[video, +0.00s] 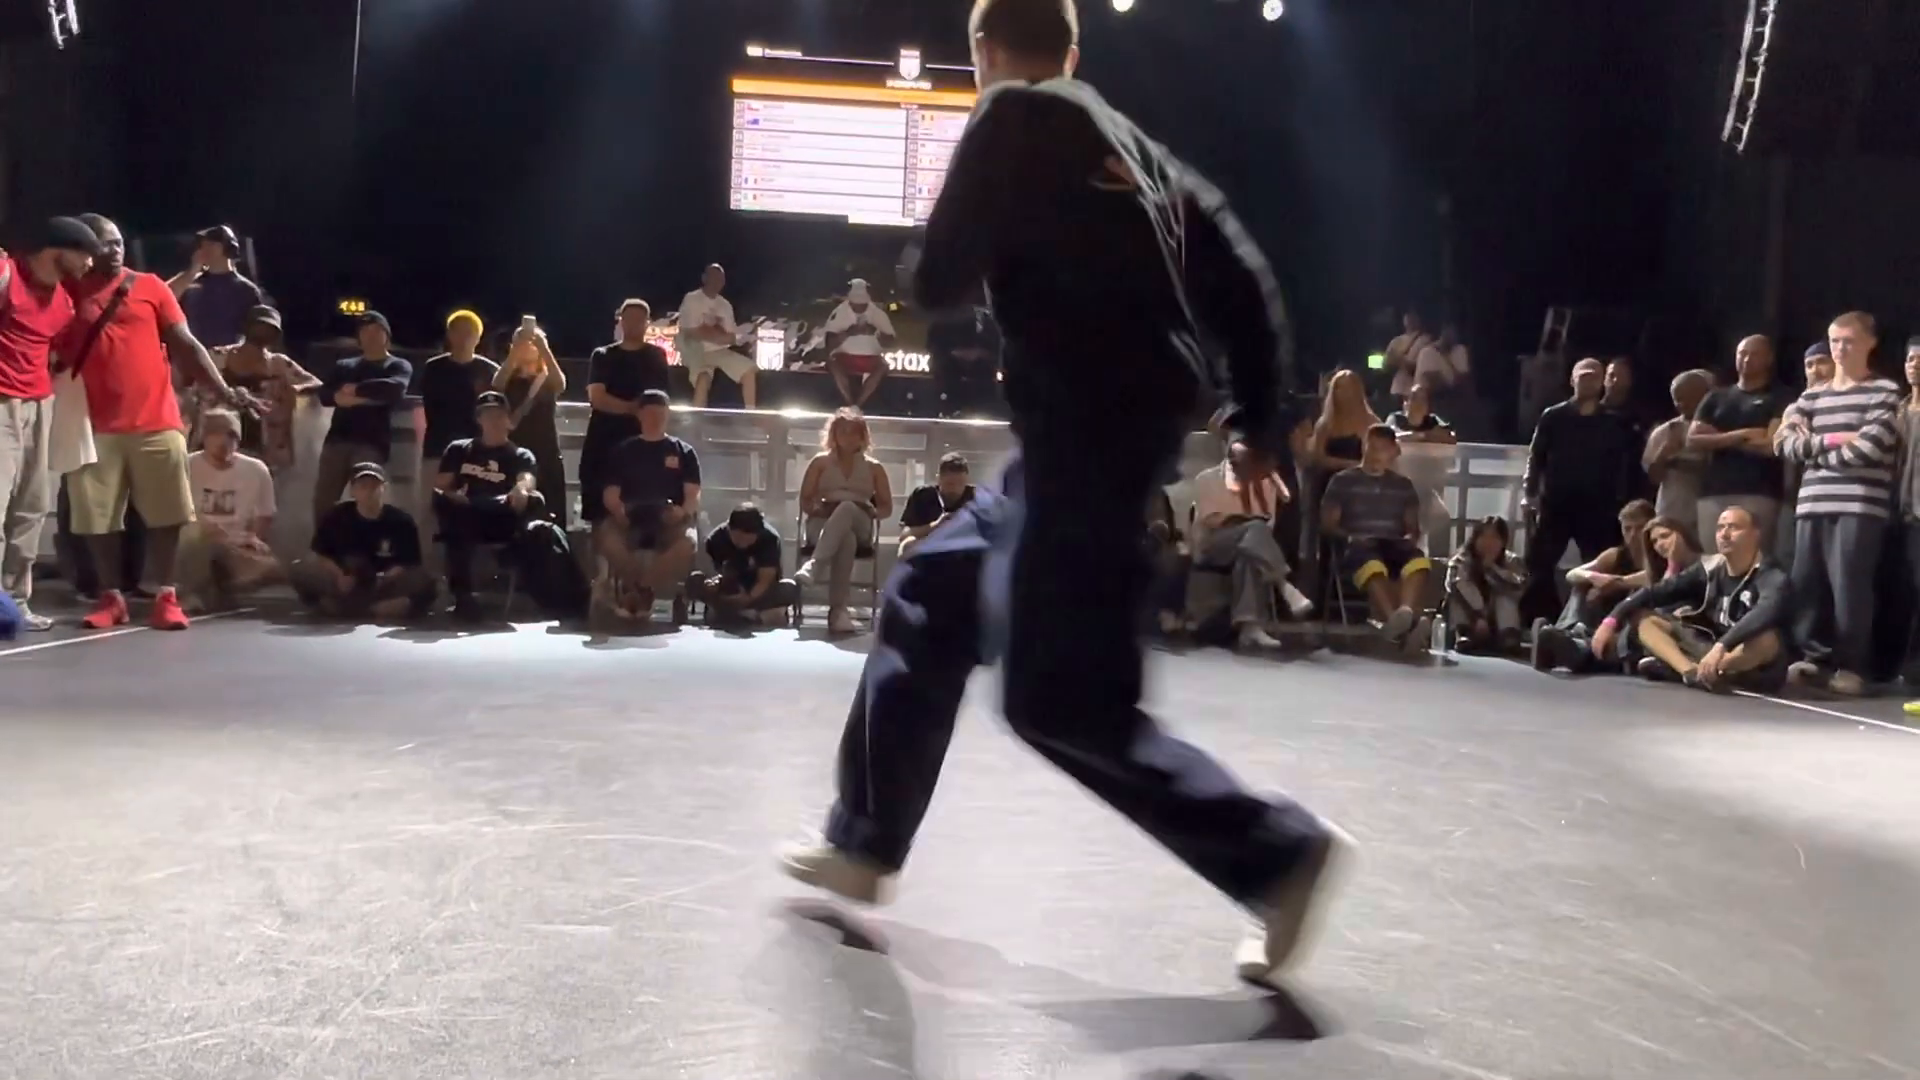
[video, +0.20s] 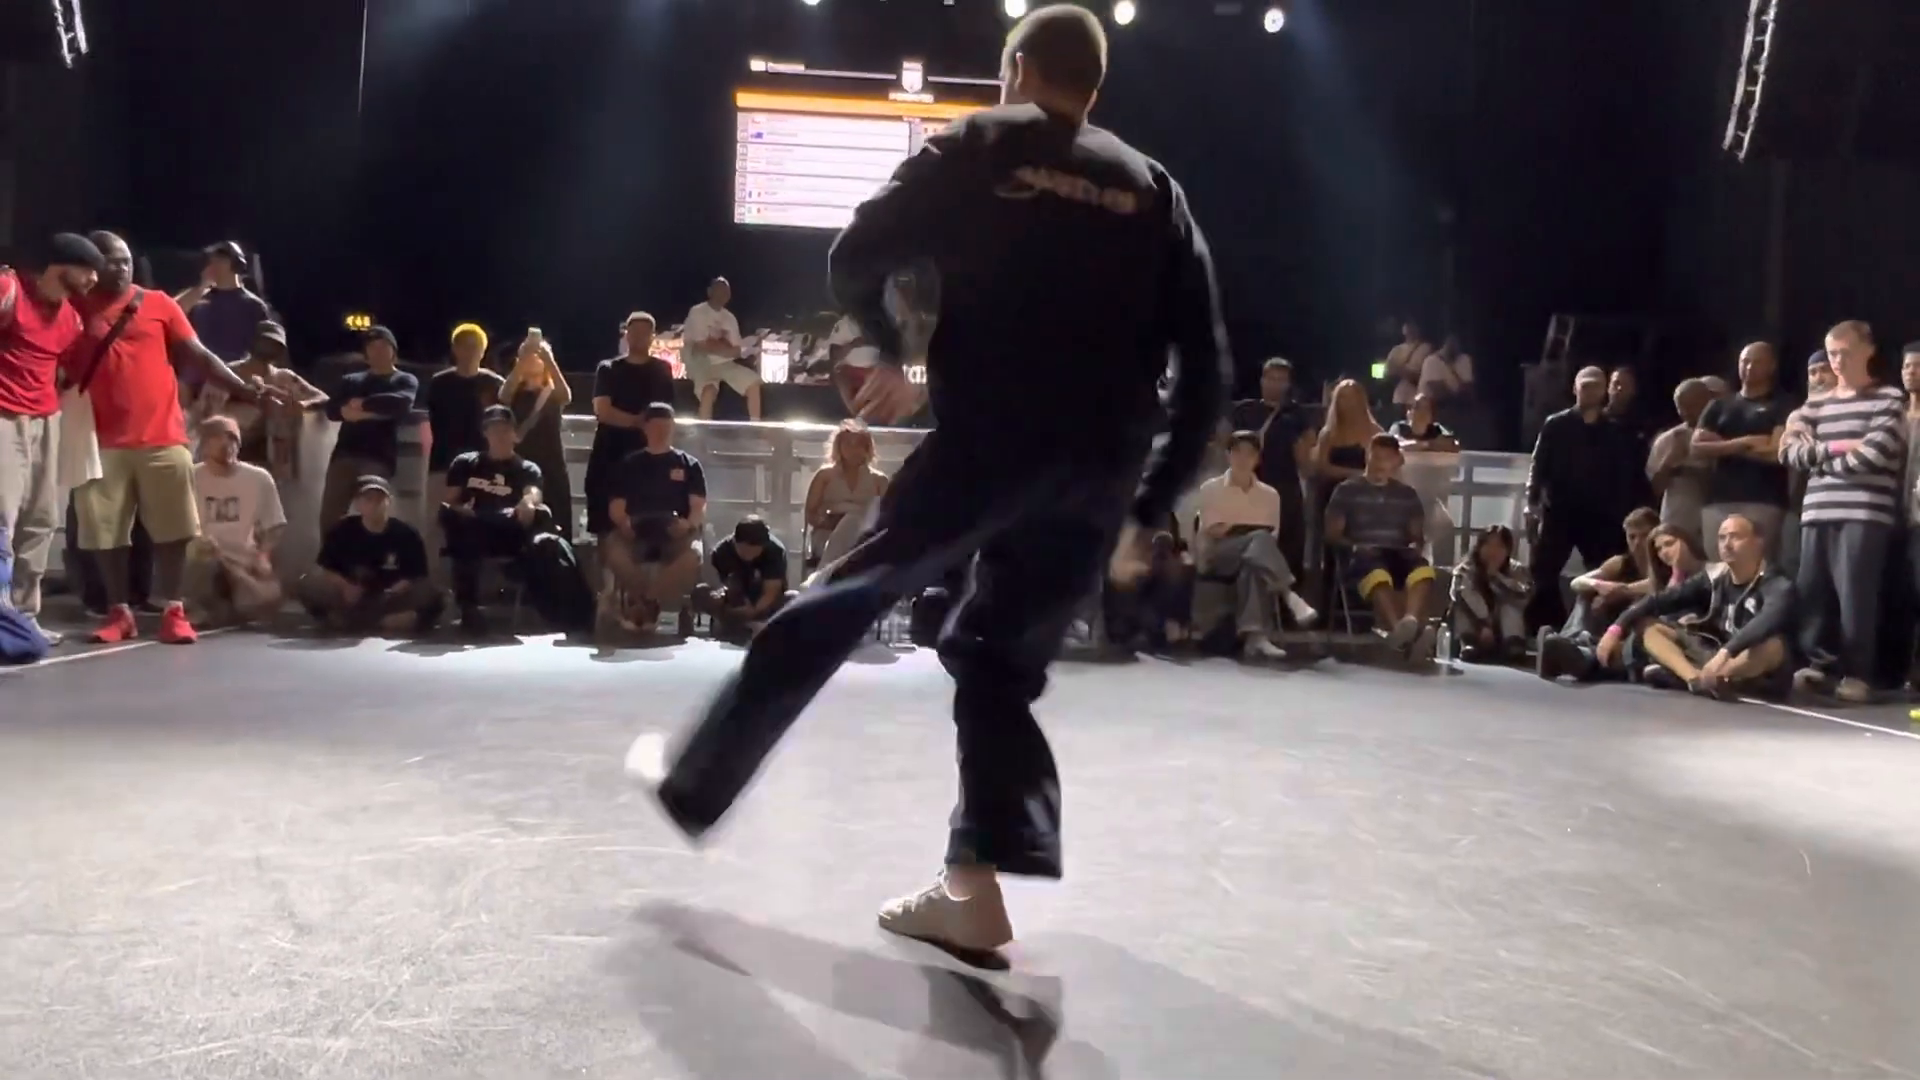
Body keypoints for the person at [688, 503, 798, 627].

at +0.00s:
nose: (741, 542)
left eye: (747, 538)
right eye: (738, 537)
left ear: (756, 533)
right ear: (731, 529)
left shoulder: (769, 539)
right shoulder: (714, 541)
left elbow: (766, 579)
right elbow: (722, 573)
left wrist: (748, 598)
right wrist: (715, 582)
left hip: (760, 584)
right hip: (731, 585)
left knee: (790, 588)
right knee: (695, 582)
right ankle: (756, 616)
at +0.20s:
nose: (747, 555)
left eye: (753, 551)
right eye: (743, 550)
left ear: (762, 546)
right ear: (736, 542)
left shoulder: (775, 551)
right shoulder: (720, 553)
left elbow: (771, 592)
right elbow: (727, 584)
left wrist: (755, 611)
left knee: (792, 598)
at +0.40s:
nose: (749, 558)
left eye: (755, 554)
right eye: (745, 553)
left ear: (763, 548)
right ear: (737, 545)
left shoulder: (775, 554)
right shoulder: (720, 556)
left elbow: (772, 594)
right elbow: (731, 590)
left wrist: (754, 613)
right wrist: (722, 599)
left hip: (766, 598)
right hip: (738, 600)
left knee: (796, 603)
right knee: (702, 598)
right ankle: (762, 630)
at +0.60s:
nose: (748, 560)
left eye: (754, 556)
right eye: (744, 555)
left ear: (763, 549)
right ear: (737, 546)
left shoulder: (776, 554)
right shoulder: (721, 557)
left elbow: (773, 595)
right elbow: (732, 591)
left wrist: (755, 614)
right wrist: (725, 598)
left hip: (767, 601)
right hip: (738, 603)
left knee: (797, 603)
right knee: (702, 597)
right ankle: (763, 631)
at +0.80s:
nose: (751, 561)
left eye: (757, 557)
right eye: (747, 556)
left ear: (765, 550)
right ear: (739, 547)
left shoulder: (779, 555)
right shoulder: (723, 558)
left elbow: (775, 596)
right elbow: (734, 592)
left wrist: (758, 615)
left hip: (768, 601)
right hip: (740, 603)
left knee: (798, 604)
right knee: (704, 598)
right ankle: (765, 630)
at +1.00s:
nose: (751, 558)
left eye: (756, 555)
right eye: (747, 553)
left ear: (766, 550)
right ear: (740, 546)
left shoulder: (780, 556)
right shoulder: (725, 558)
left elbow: (776, 596)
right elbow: (736, 589)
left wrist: (759, 615)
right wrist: (728, 598)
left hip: (769, 601)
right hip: (742, 604)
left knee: (801, 604)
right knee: (705, 598)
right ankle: (767, 633)